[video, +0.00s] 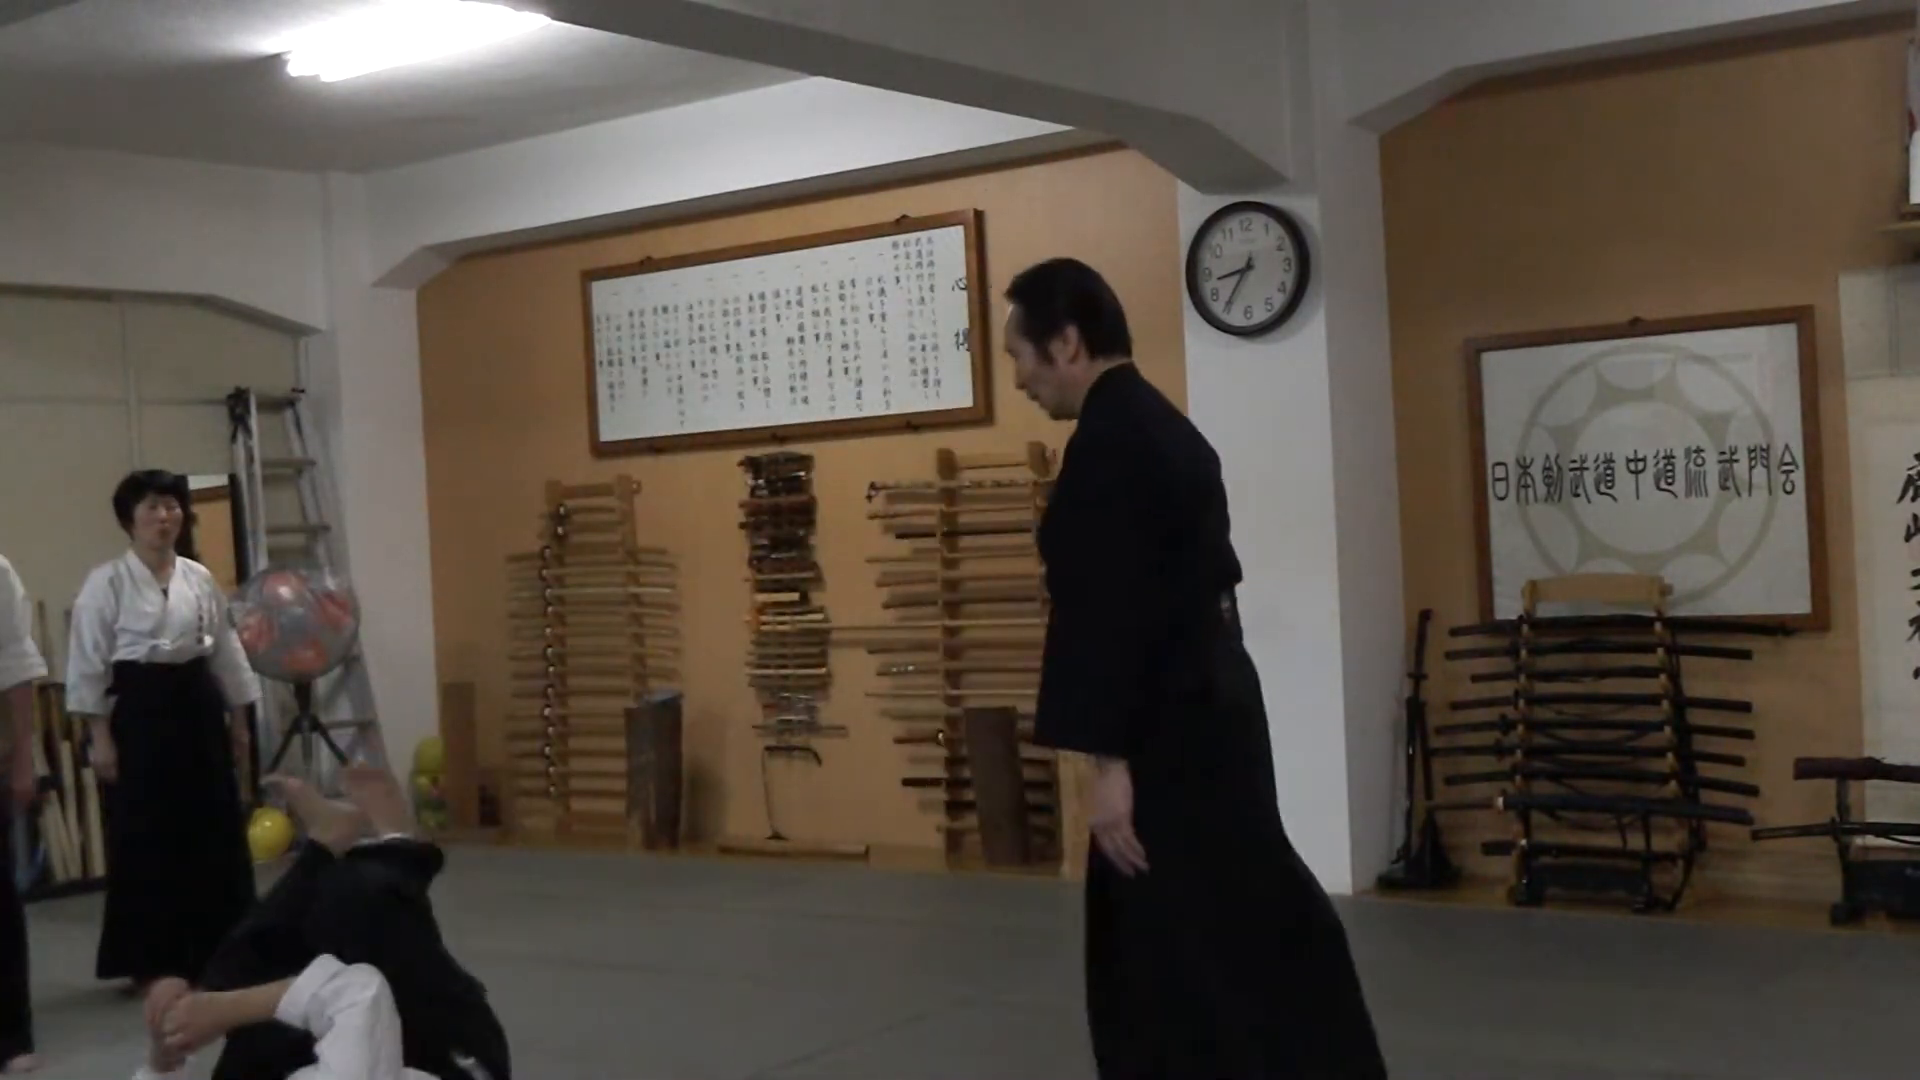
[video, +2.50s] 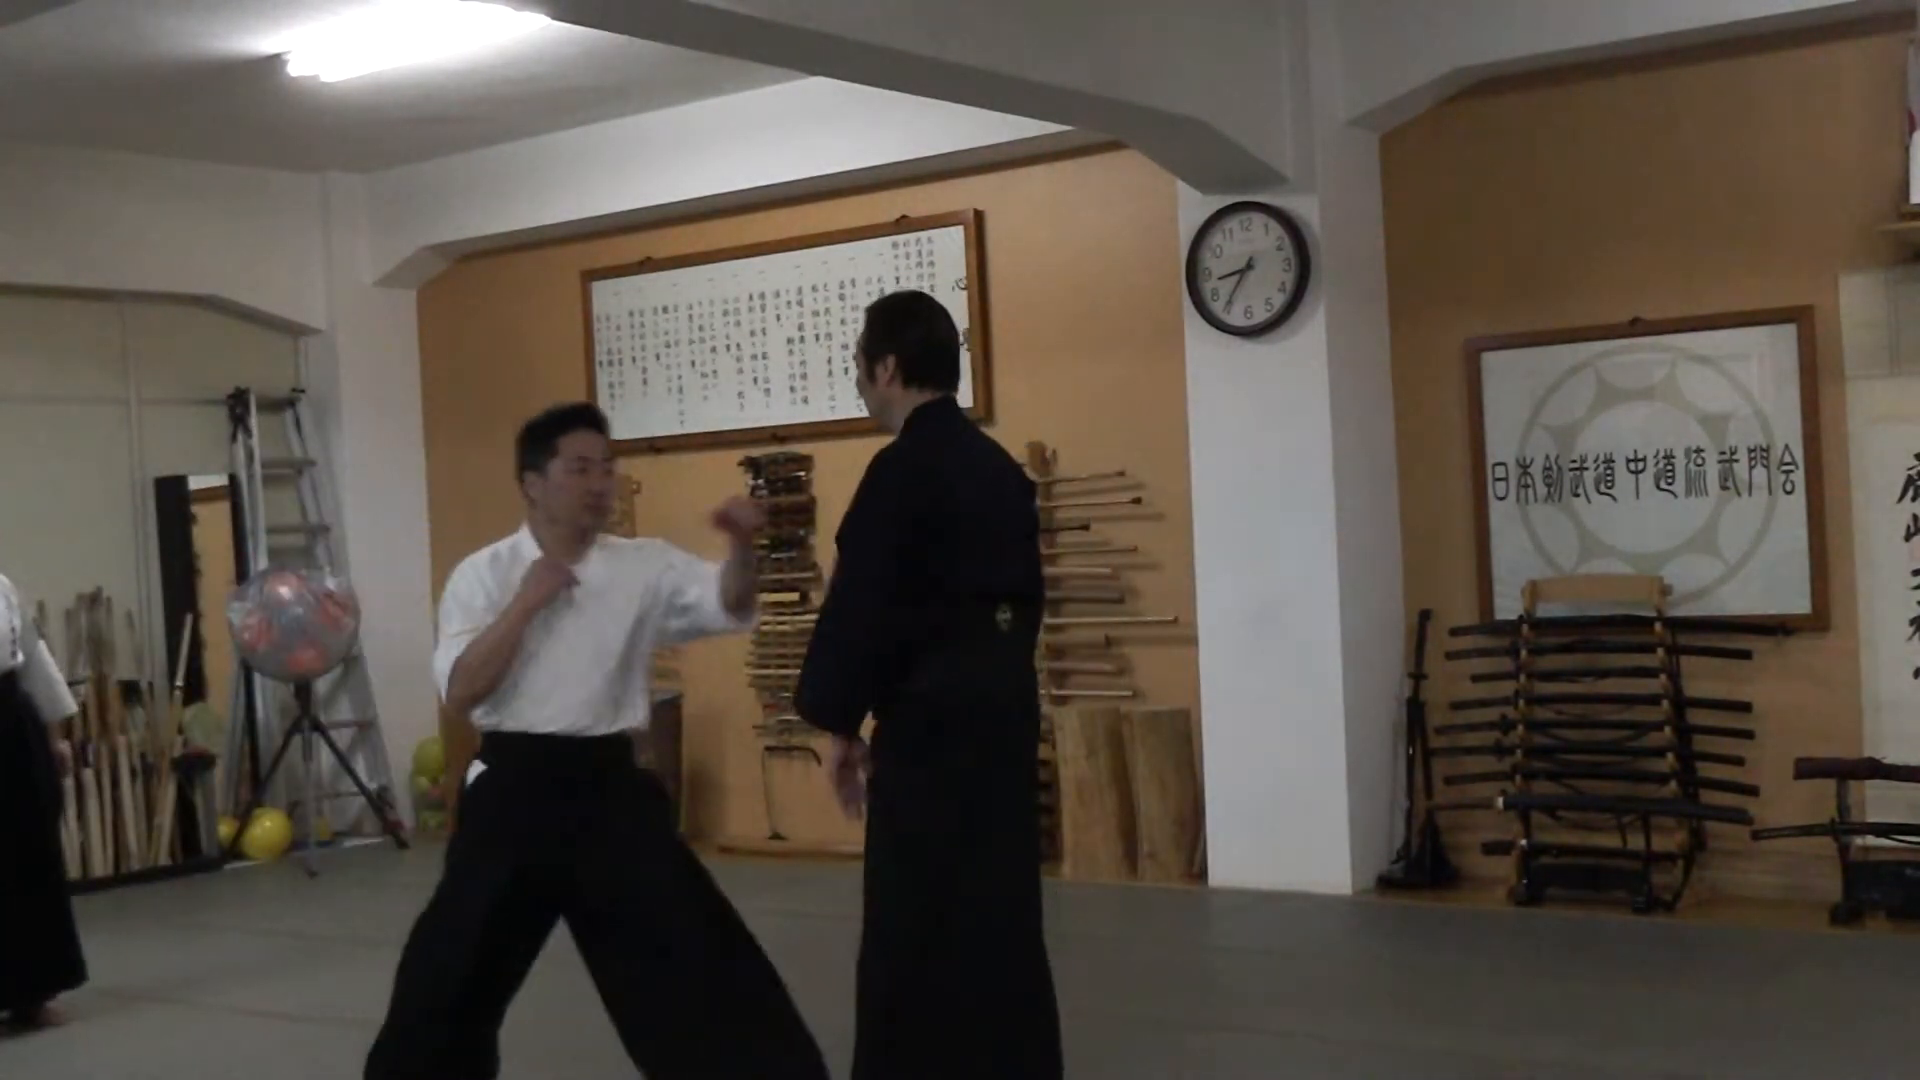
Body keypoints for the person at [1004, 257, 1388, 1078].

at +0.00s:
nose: (1016, 375)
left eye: (1019, 353)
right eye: (1012, 356)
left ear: (1067, 343)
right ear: (1085, 340)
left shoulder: (1109, 439)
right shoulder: (1155, 425)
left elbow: (1109, 611)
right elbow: (1197, 590)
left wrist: (1107, 764)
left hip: (1165, 725)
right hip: (1210, 707)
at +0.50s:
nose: (1068, 354)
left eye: (1074, 332)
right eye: (1067, 333)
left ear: (1120, 330)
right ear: (1142, 329)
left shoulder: (1138, 437)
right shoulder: (1219, 426)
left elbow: (1101, 599)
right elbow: (1219, 599)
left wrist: (1077, 753)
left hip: (1170, 737)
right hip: (1238, 721)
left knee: (1166, 964)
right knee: (1243, 952)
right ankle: (1254, 1070)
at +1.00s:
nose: (1034, 362)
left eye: (1041, 343)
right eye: (1034, 344)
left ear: (1083, 341)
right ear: (1113, 344)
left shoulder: (1087, 448)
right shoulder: (1185, 444)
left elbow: (1061, 604)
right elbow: (1180, 605)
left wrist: (1040, 753)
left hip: (1112, 740)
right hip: (1191, 728)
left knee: (1109, 957)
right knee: (1200, 945)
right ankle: (1211, 1068)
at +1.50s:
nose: (981, 373)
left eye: (983, 354)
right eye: (979, 355)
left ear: (1020, 352)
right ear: (1059, 352)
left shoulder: (1026, 447)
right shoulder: (1122, 445)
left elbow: (1004, 593)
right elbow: (1153, 597)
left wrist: (992, 722)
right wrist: (1142, 694)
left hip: (1056, 724)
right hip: (1132, 719)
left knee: (1029, 935)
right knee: (1132, 927)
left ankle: (1035, 1069)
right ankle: (1135, 1065)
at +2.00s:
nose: (907, 376)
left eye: (910, 358)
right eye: (907, 359)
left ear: (937, 358)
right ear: (991, 358)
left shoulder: (939, 453)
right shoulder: (1048, 454)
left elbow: (915, 598)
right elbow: (1053, 605)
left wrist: (910, 731)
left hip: (971, 725)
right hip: (1051, 716)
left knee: (965, 928)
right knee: (1062, 914)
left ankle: (969, 1065)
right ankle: (1074, 1062)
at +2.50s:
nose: (860, 382)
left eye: (863, 366)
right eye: (860, 367)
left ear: (890, 369)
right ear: (947, 369)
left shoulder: (899, 470)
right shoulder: (1002, 469)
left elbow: (860, 604)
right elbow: (998, 622)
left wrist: (839, 727)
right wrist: (890, 725)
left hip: (924, 741)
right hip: (1001, 734)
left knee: (911, 940)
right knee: (998, 933)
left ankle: (913, 1072)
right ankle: (1013, 1070)